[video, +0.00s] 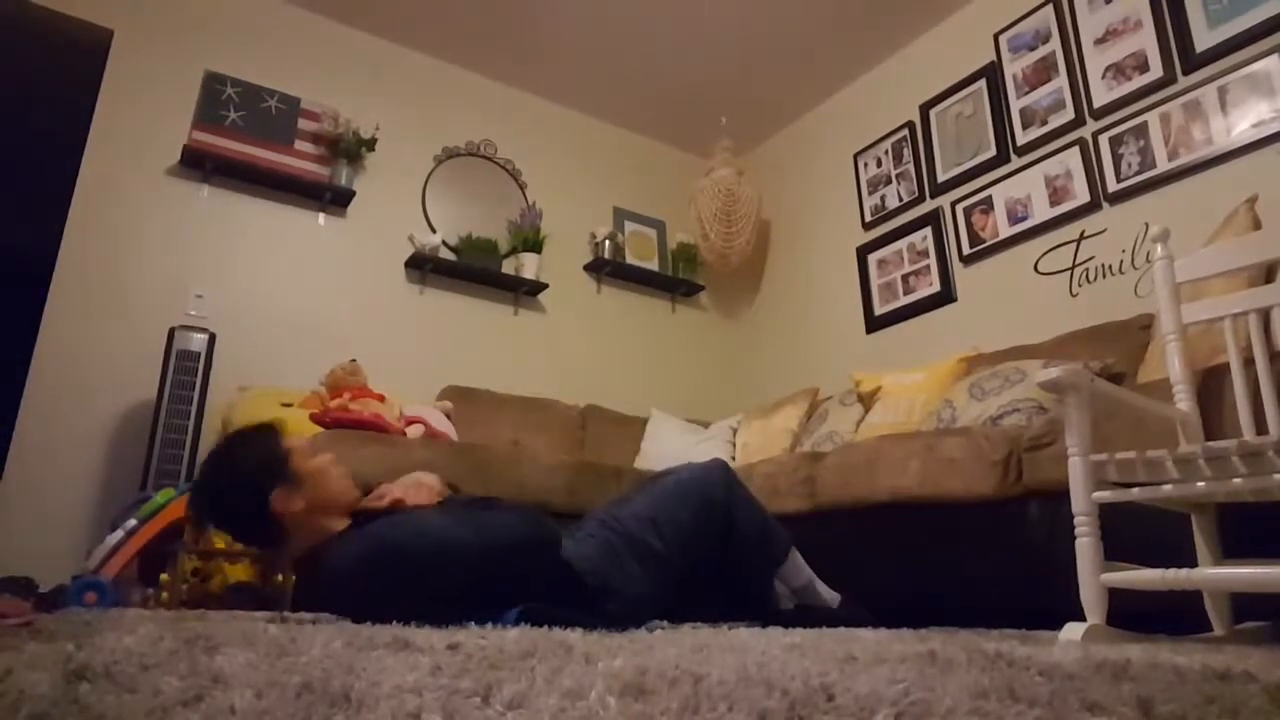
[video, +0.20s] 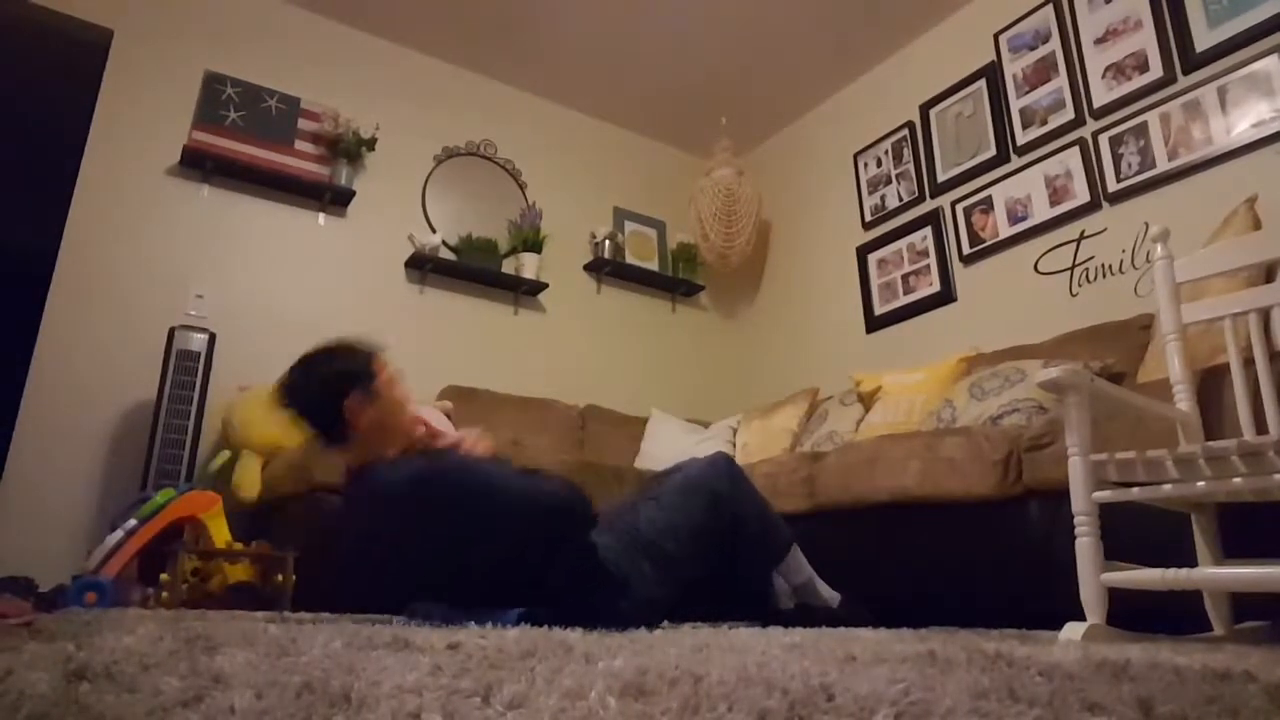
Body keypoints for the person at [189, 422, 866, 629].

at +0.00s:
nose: (334, 456)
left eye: (319, 448)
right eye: (314, 456)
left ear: (291, 506)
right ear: (289, 504)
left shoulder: (332, 564)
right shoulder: (369, 556)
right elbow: (537, 535)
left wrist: (437, 499)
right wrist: (444, 498)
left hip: (559, 567)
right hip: (583, 581)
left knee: (684, 484)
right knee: (712, 482)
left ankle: (789, 610)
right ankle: (819, 613)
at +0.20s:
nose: (407, 396)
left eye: (396, 384)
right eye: (393, 386)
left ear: (344, 421)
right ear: (359, 410)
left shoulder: (359, 508)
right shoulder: (429, 483)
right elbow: (575, 510)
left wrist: (451, 462)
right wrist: (487, 461)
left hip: (540, 599)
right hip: (593, 593)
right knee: (717, 476)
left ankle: (783, 609)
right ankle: (816, 599)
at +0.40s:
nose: (537, 330)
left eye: (533, 318)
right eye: (527, 318)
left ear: (475, 329)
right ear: (499, 323)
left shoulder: (456, 403)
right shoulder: (534, 389)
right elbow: (624, 486)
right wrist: (651, 490)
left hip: (536, 588)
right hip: (605, 589)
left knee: (690, 476)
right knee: (719, 468)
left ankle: (783, 603)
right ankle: (813, 593)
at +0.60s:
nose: (691, 373)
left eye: (694, 367)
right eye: (692, 363)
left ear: (638, 335)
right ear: (676, 339)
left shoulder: (582, 382)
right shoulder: (664, 369)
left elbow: (557, 490)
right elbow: (680, 489)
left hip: (574, 589)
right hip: (639, 593)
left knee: (728, 467)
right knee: (729, 476)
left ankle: (814, 588)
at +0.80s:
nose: (732, 402)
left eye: (736, 399)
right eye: (735, 395)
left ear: (687, 357)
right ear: (726, 371)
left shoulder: (627, 387)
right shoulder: (710, 384)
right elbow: (703, 494)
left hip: (583, 579)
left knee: (731, 462)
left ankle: (820, 589)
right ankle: (790, 601)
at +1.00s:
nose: (651, 361)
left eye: (653, 352)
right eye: (651, 350)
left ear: (592, 328)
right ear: (631, 328)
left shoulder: (541, 384)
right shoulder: (627, 369)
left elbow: (530, 500)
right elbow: (664, 493)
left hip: (568, 592)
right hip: (638, 595)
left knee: (725, 470)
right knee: (728, 489)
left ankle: (818, 590)